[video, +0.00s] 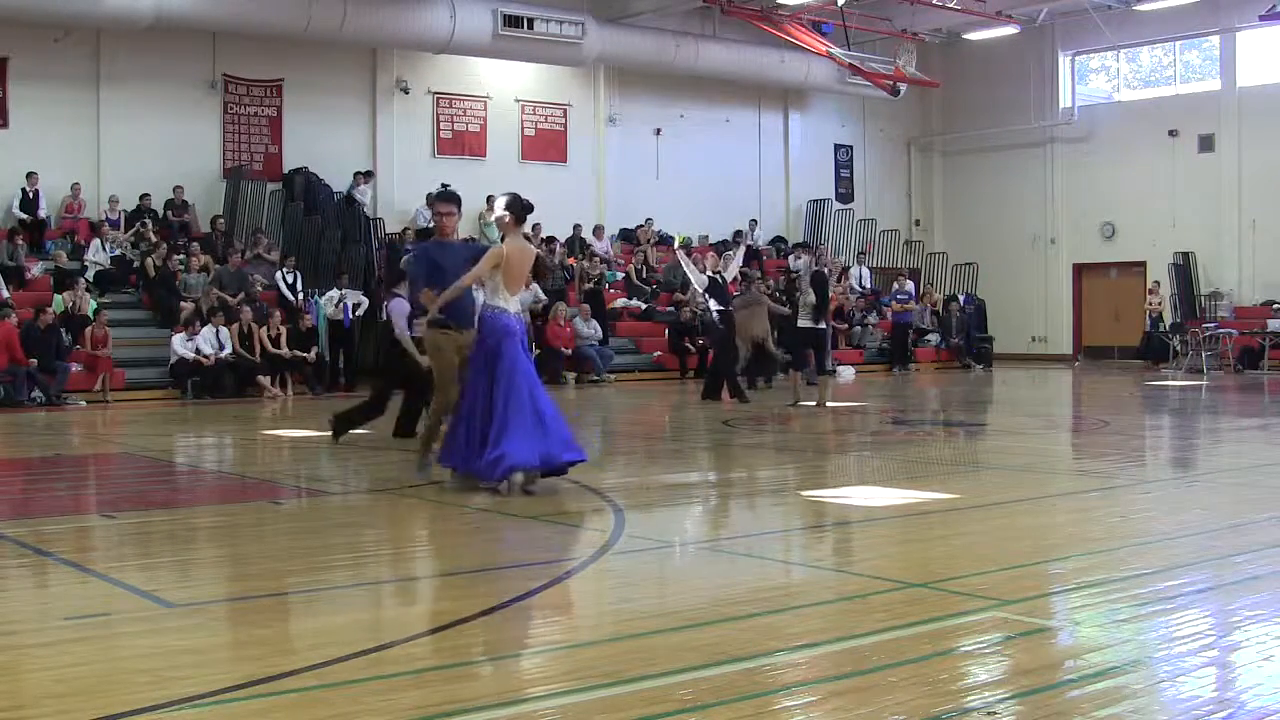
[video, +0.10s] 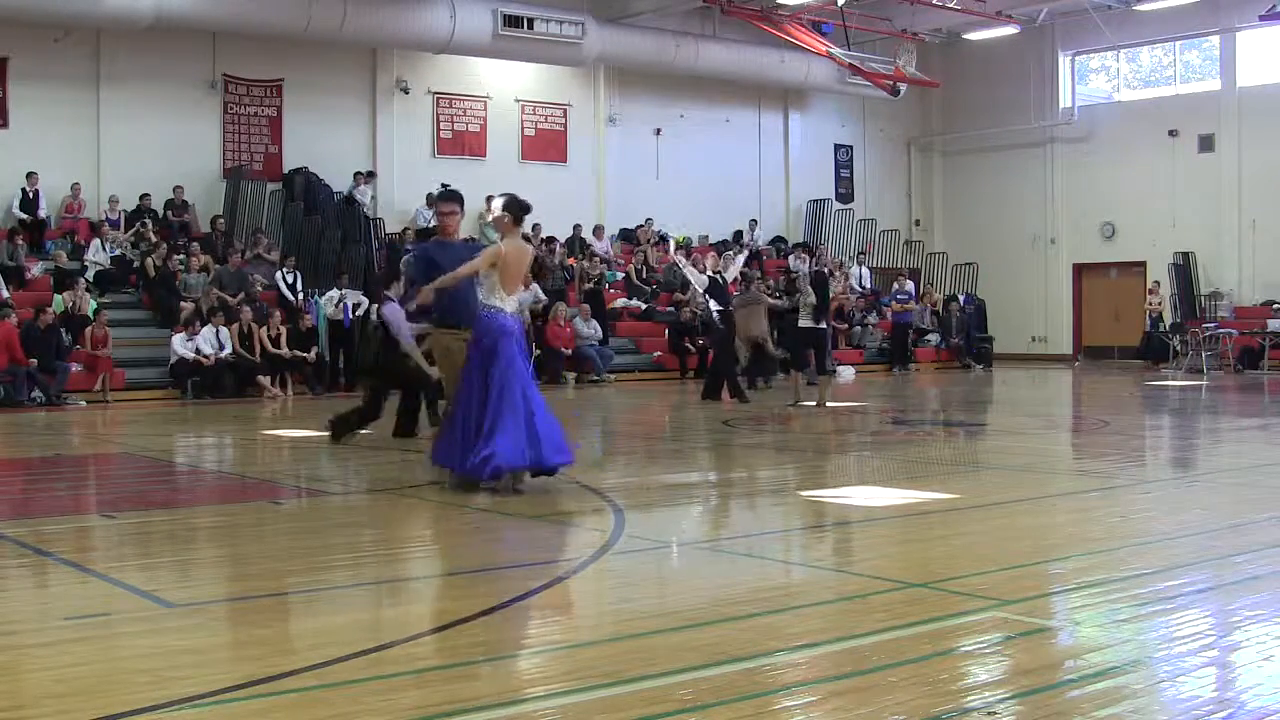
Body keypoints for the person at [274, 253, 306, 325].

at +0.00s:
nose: (292, 263)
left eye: (294, 261)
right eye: (290, 261)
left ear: (295, 262)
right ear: (285, 262)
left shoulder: (297, 273)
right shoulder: (279, 274)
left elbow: (299, 287)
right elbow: (283, 288)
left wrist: (300, 298)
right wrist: (293, 299)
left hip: (296, 297)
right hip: (285, 298)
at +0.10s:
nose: (292, 263)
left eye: (294, 261)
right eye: (290, 261)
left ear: (295, 262)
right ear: (285, 262)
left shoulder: (297, 273)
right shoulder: (279, 274)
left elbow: (299, 287)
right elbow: (283, 288)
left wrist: (300, 298)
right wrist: (293, 299)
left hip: (296, 297)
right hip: (285, 298)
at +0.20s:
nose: (292, 263)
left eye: (293, 261)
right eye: (290, 261)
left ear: (295, 262)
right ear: (285, 262)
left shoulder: (297, 274)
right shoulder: (279, 274)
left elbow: (299, 287)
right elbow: (283, 289)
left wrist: (300, 298)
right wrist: (293, 299)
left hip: (295, 296)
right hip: (285, 297)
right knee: (292, 309)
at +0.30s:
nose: (292, 263)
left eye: (293, 261)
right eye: (290, 261)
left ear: (295, 262)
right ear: (285, 262)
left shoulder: (297, 274)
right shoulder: (279, 274)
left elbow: (299, 287)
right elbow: (283, 289)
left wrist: (300, 299)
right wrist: (293, 300)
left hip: (295, 297)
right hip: (284, 298)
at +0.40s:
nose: (292, 263)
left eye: (293, 261)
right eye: (290, 261)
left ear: (295, 262)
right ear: (285, 262)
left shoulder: (297, 274)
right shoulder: (279, 274)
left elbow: (299, 287)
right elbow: (283, 289)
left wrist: (300, 299)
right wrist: (293, 300)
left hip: (295, 297)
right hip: (284, 298)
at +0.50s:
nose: (292, 263)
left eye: (293, 261)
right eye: (290, 261)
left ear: (295, 262)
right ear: (285, 262)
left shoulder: (297, 274)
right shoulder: (279, 274)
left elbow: (299, 287)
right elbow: (283, 289)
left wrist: (300, 299)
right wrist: (293, 300)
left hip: (295, 297)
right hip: (284, 299)